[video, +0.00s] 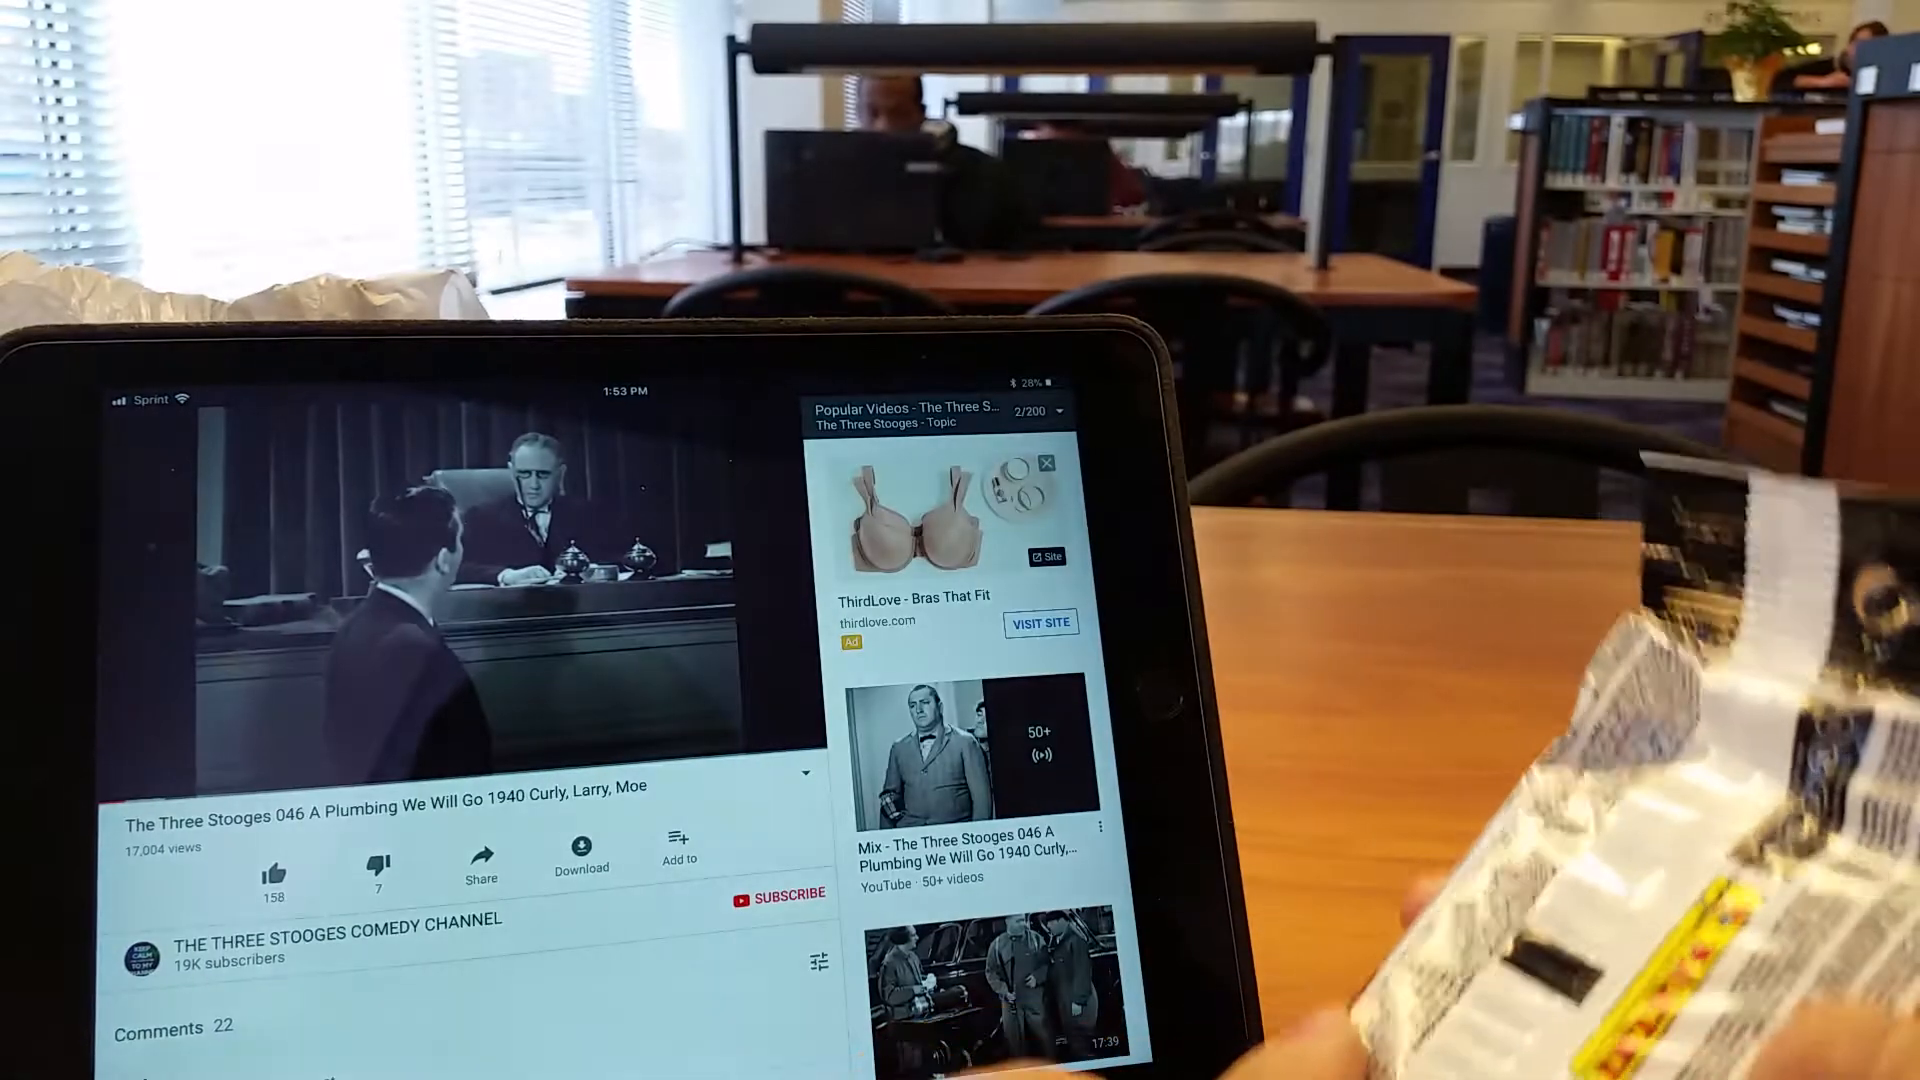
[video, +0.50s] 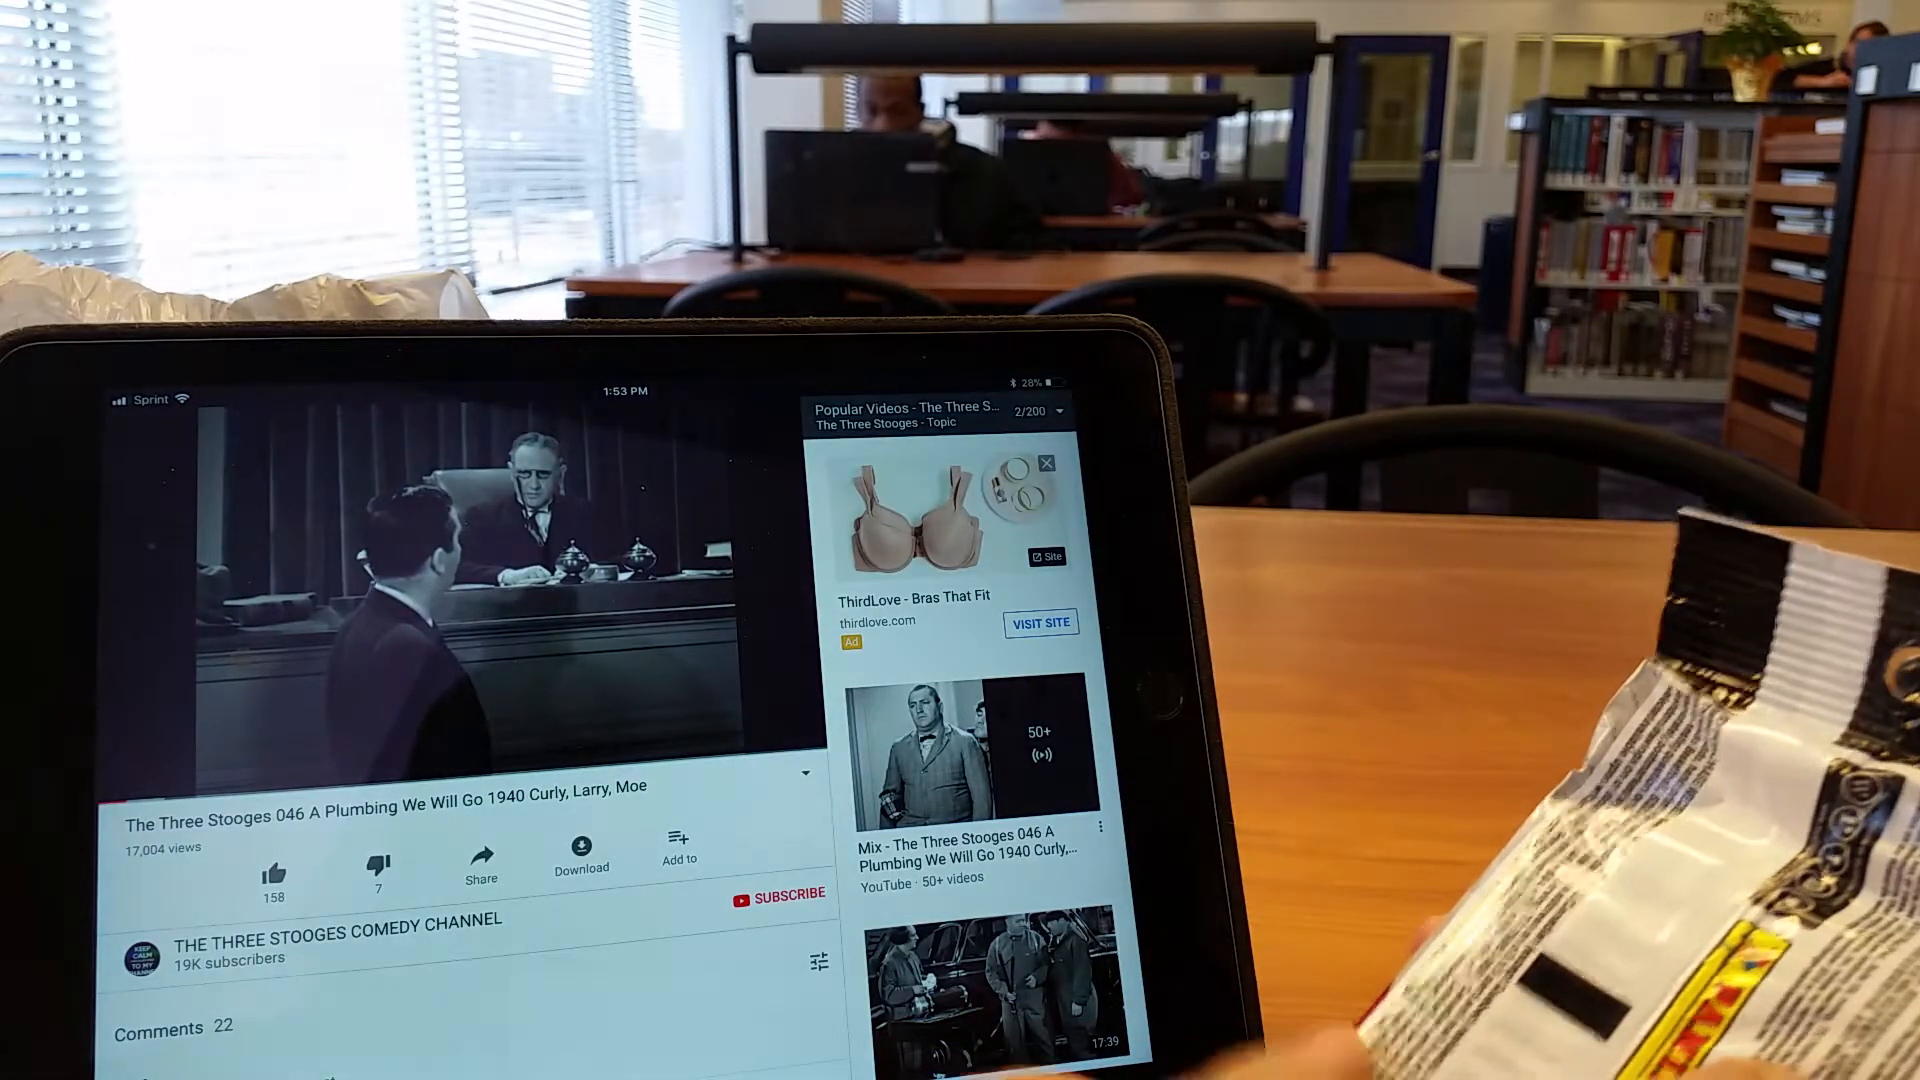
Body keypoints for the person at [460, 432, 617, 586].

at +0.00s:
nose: (533, 485)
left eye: (543, 475)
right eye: (525, 474)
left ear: (560, 474)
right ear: (511, 471)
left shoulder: (585, 514)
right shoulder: (483, 519)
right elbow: (457, 569)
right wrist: (503, 575)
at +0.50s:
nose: (534, 485)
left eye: (543, 475)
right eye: (524, 475)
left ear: (561, 474)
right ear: (511, 471)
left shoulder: (583, 515)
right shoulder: (482, 519)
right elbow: (455, 568)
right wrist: (504, 576)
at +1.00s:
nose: (533, 484)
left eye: (543, 475)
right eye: (524, 474)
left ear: (561, 473)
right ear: (512, 472)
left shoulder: (583, 515)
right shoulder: (483, 518)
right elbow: (456, 568)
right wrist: (504, 576)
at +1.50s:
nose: (533, 485)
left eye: (543, 475)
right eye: (524, 474)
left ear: (561, 473)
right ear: (511, 471)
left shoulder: (584, 515)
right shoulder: (483, 518)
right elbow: (454, 569)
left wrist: (593, 568)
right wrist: (504, 576)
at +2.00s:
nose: (533, 484)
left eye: (543, 475)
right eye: (524, 474)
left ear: (561, 473)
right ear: (511, 471)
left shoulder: (585, 516)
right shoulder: (484, 518)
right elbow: (455, 568)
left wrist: (591, 568)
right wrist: (505, 576)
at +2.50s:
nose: (533, 485)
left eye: (543, 475)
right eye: (525, 474)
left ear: (561, 474)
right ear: (511, 471)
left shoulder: (585, 515)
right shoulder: (484, 518)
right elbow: (458, 569)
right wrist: (504, 576)